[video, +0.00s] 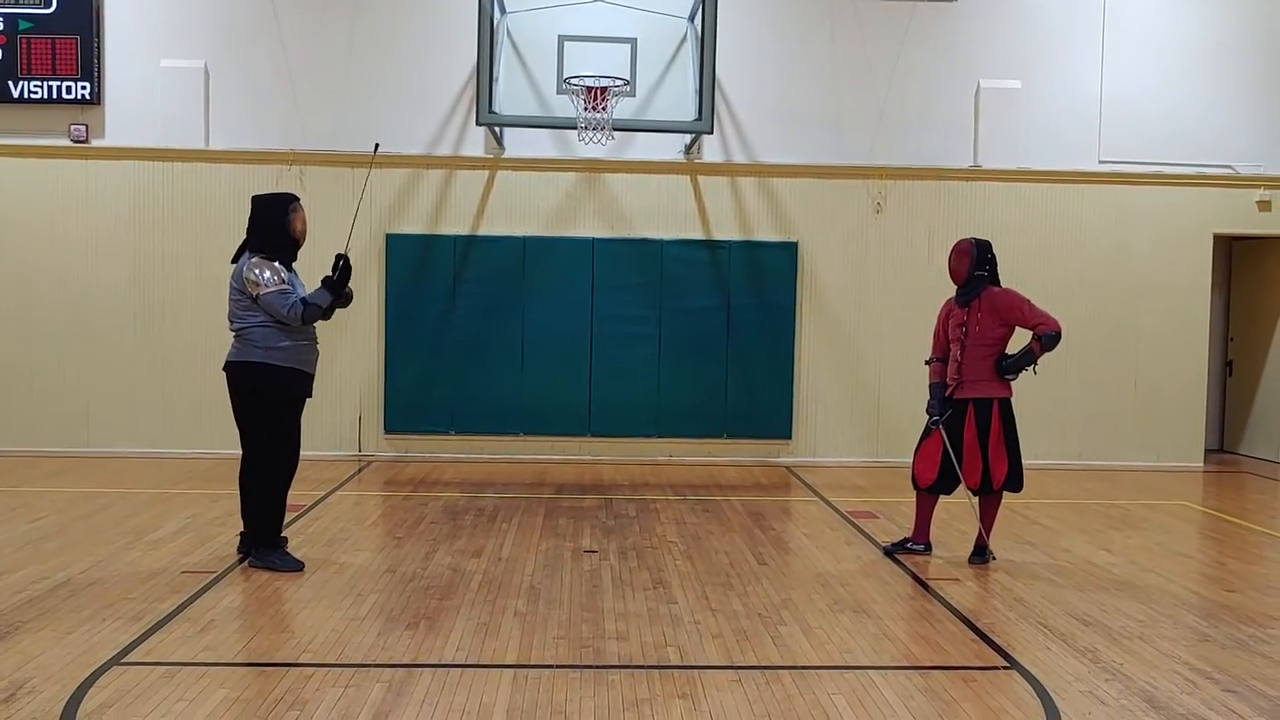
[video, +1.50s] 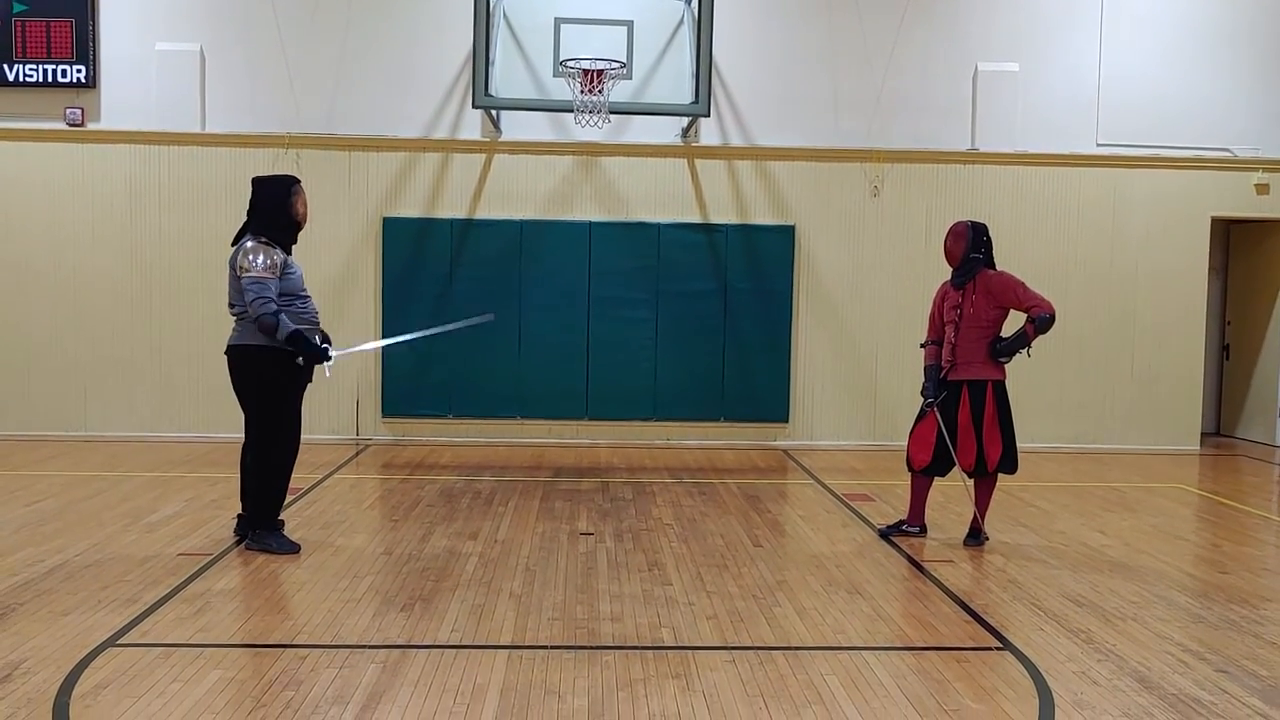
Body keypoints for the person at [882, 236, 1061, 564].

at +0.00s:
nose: (951, 266)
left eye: (957, 259)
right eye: (952, 259)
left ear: (975, 263)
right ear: (970, 264)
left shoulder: (1001, 299)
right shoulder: (950, 307)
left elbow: (1050, 330)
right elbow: (938, 356)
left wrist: (1018, 361)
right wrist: (936, 396)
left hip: (990, 400)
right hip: (952, 401)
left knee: (990, 470)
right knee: (929, 463)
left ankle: (982, 543)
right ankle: (919, 538)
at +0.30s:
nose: (946, 263)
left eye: (952, 256)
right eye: (947, 256)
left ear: (971, 260)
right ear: (963, 261)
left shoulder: (996, 296)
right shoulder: (945, 305)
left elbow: (1045, 327)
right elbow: (933, 353)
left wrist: (1013, 358)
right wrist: (932, 393)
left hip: (985, 398)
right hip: (947, 398)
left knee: (986, 467)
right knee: (924, 461)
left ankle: (977, 539)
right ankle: (914, 535)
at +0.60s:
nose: (947, 264)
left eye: (953, 257)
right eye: (948, 257)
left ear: (970, 260)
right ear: (964, 261)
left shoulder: (995, 295)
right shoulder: (945, 304)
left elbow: (1044, 326)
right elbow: (933, 353)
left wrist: (1013, 358)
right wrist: (931, 393)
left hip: (984, 398)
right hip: (946, 398)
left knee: (986, 468)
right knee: (924, 461)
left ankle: (977, 539)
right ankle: (914, 535)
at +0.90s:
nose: (943, 261)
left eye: (949, 253)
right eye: (944, 253)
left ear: (968, 258)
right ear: (959, 259)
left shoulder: (992, 293)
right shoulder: (943, 302)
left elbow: (1041, 324)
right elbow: (930, 351)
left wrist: (1009, 356)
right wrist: (928, 390)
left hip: (981, 395)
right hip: (944, 395)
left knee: (983, 465)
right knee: (921, 458)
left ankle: (974, 537)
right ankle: (912, 532)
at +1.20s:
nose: (945, 255)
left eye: (951, 248)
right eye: (946, 248)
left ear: (970, 252)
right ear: (957, 253)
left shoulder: (993, 288)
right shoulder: (944, 297)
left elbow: (1041, 318)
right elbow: (932, 345)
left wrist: (1012, 350)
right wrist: (929, 384)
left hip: (982, 389)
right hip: (945, 390)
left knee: (983, 460)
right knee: (921, 453)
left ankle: (975, 532)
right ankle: (912, 527)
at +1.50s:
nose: (946, 248)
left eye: (953, 241)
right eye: (947, 241)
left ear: (972, 245)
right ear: (961, 246)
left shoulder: (995, 281)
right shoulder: (946, 291)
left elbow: (1044, 312)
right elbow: (934, 338)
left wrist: (1013, 343)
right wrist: (931, 377)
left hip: (984, 383)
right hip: (947, 383)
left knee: (986, 453)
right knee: (924, 445)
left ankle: (977, 525)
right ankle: (914, 520)